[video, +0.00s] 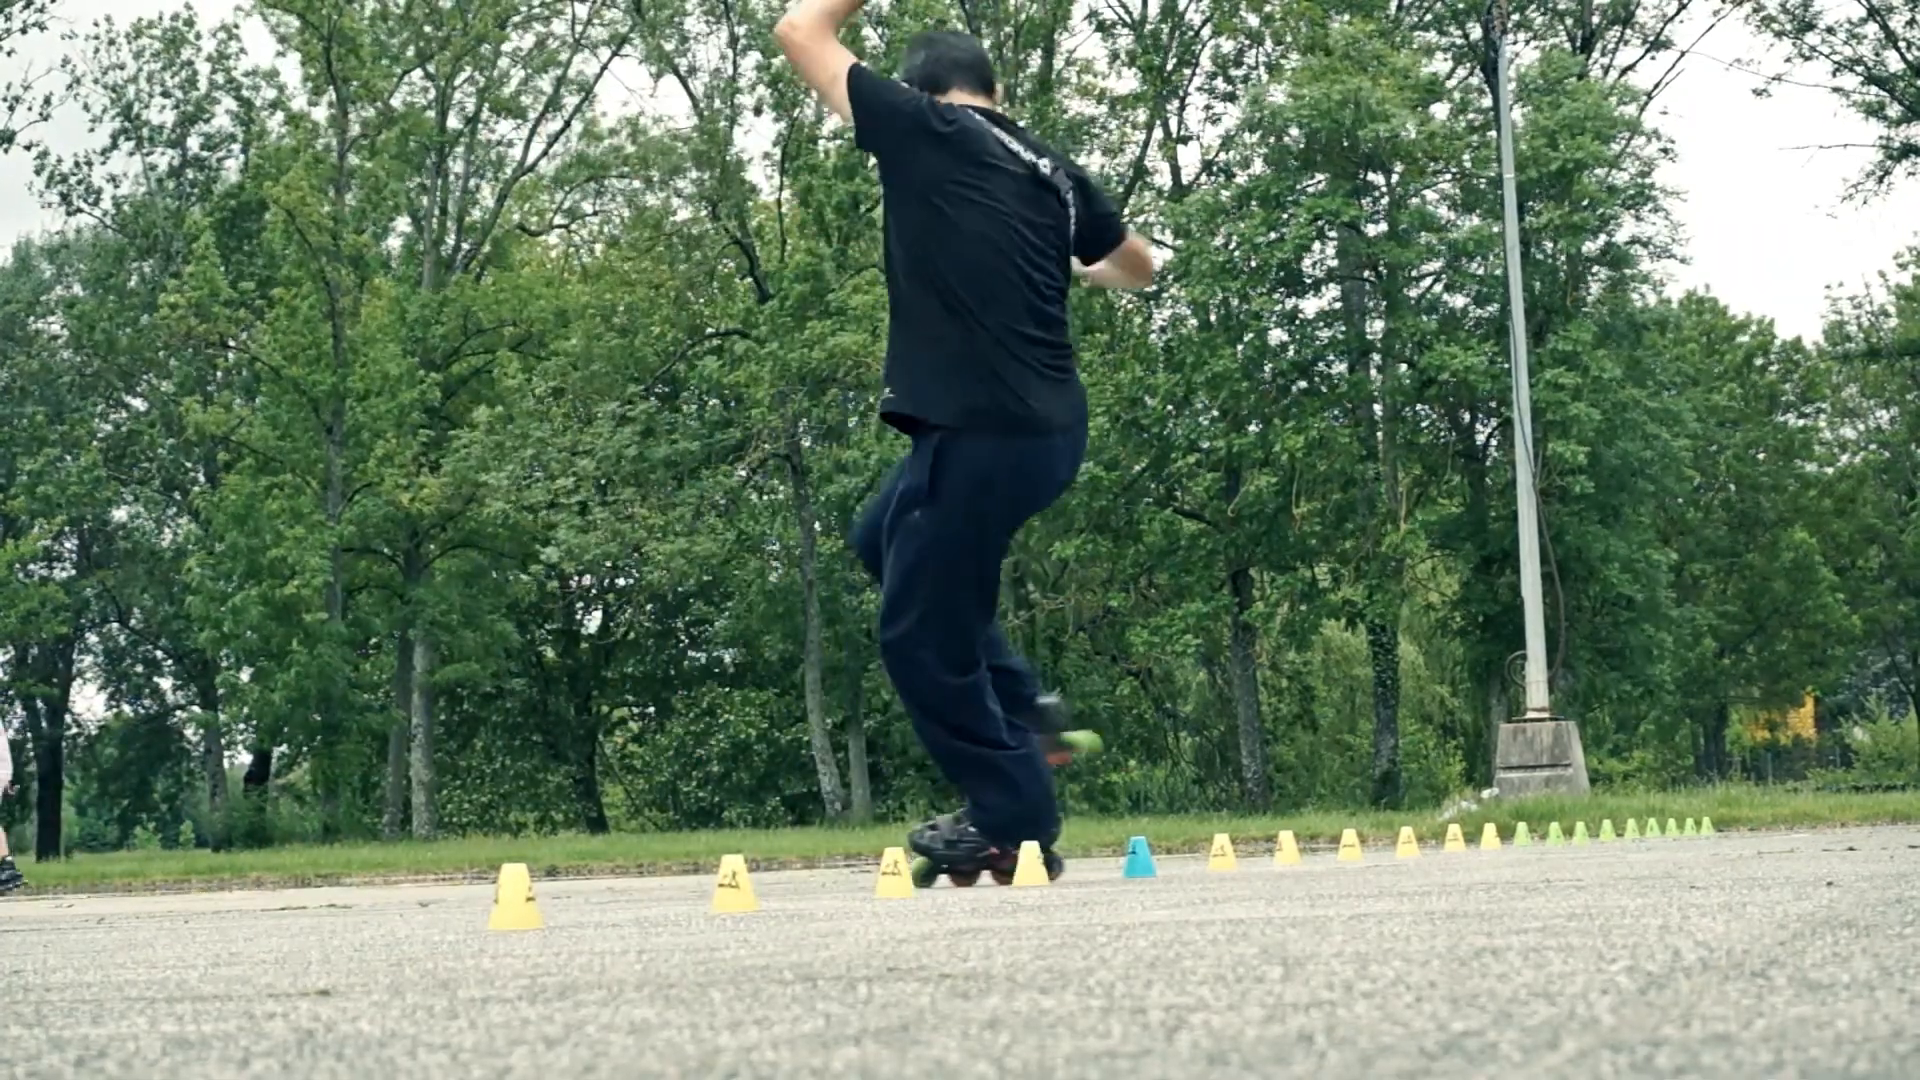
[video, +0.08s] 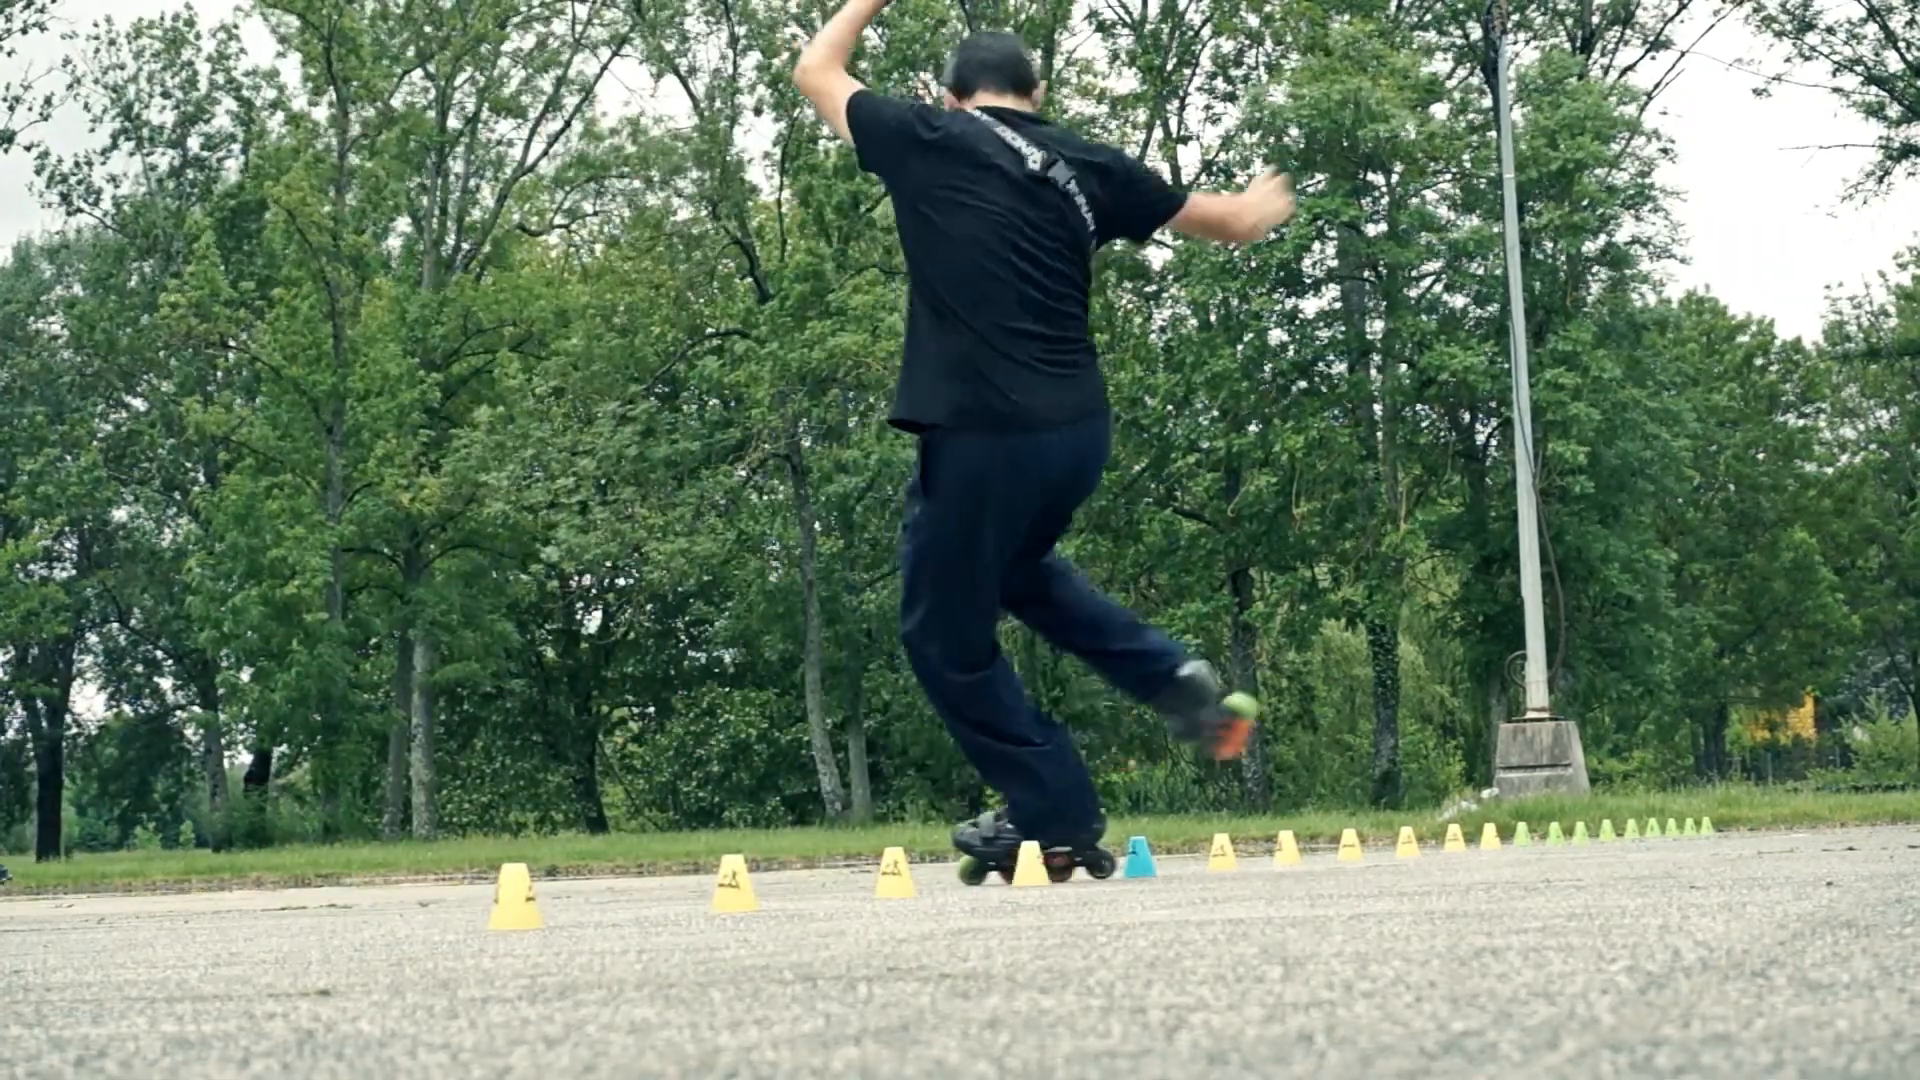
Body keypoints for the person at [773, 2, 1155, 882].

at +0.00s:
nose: (896, 113)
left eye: (900, 100)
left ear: (920, 94)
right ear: (995, 92)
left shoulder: (918, 121)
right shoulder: (1054, 170)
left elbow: (802, 33)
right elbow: (1138, 265)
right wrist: (1077, 259)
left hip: (984, 431)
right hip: (1047, 429)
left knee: (920, 636)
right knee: (878, 535)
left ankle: (1010, 815)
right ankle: (1020, 707)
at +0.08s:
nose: (941, 102)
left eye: (943, 95)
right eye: (951, 96)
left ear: (951, 97)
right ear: (1034, 95)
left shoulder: (923, 133)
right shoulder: (1084, 161)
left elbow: (816, 68)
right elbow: (1223, 222)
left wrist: (863, 6)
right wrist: (1259, 206)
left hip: (980, 439)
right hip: (1078, 430)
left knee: (945, 640)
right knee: (1021, 571)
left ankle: (1054, 814)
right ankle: (1172, 677)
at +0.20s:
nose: (1111, 94)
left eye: (1105, 87)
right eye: (1110, 83)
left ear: (1016, 83)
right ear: (1100, 82)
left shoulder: (962, 142)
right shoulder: (1136, 137)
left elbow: (895, 145)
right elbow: (1288, 133)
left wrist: (907, 77)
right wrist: (1351, 76)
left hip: (1002, 427)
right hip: (1111, 407)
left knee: (1016, 624)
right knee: (1135, 546)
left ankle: (1136, 811)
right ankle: (1205, 615)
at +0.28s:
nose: (1153, 83)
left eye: (1152, 74)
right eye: (1153, 71)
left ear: (1060, 64)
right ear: (1136, 65)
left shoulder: (993, 145)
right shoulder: (1153, 113)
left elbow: (988, 205)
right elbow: (1302, 82)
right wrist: (1352, 10)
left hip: (1014, 411)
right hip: (1123, 387)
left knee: (1084, 632)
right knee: (1194, 536)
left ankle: (1192, 817)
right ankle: (1167, 594)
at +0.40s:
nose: (1225, 78)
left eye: (1224, 64)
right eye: (1218, 62)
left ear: (1139, 50)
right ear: (1184, 49)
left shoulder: (1081, 124)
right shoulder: (1165, 83)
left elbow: (1102, 264)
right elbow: (1315, 46)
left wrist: (1197, 310)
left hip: (1041, 389)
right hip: (1125, 366)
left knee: (1161, 609)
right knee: (1235, 556)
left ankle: (1238, 804)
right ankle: (1048, 612)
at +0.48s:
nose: (1266, 75)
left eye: (1267, 66)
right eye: (1261, 62)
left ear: (1202, 46)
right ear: (1227, 45)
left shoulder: (1164, 148)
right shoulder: (1174, 66)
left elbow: (1214, 287)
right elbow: (1327, 72)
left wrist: (1314, 361)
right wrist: (1365, 55)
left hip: (1060, 376)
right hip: (1133, 364)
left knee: (1188, 585)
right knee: (1226, 563)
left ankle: (1250, 797)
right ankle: (1018, 656)